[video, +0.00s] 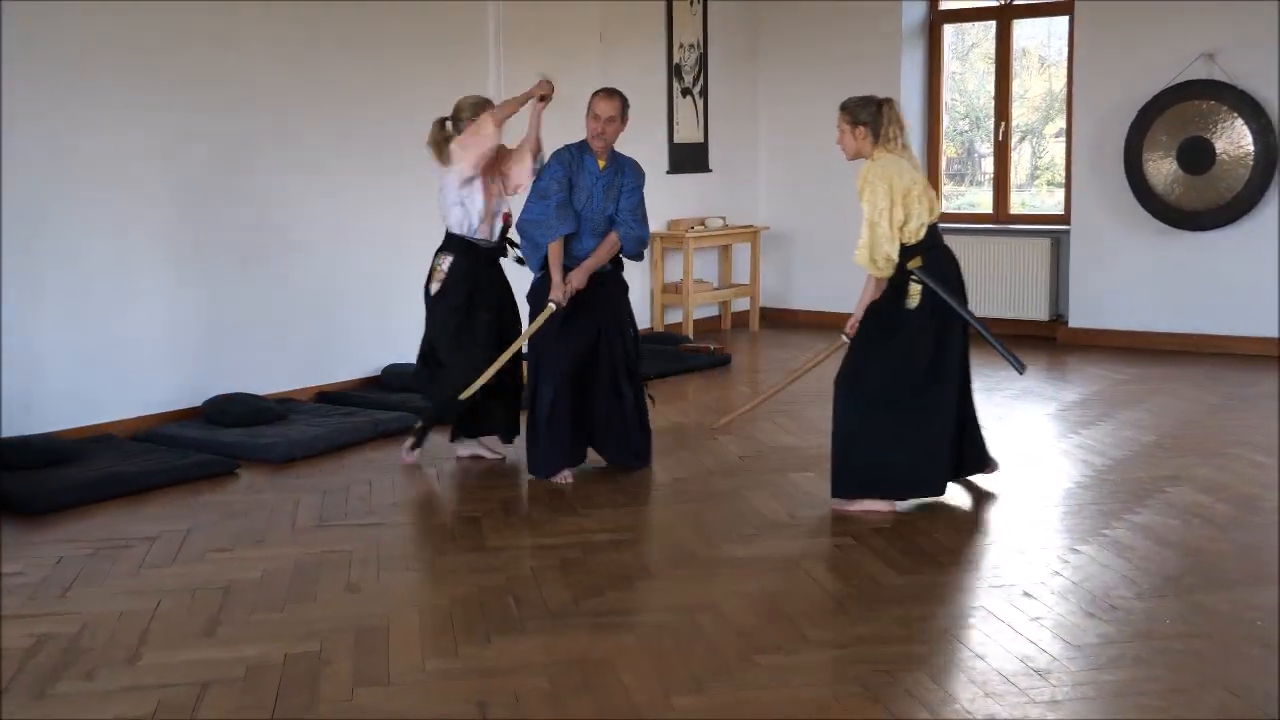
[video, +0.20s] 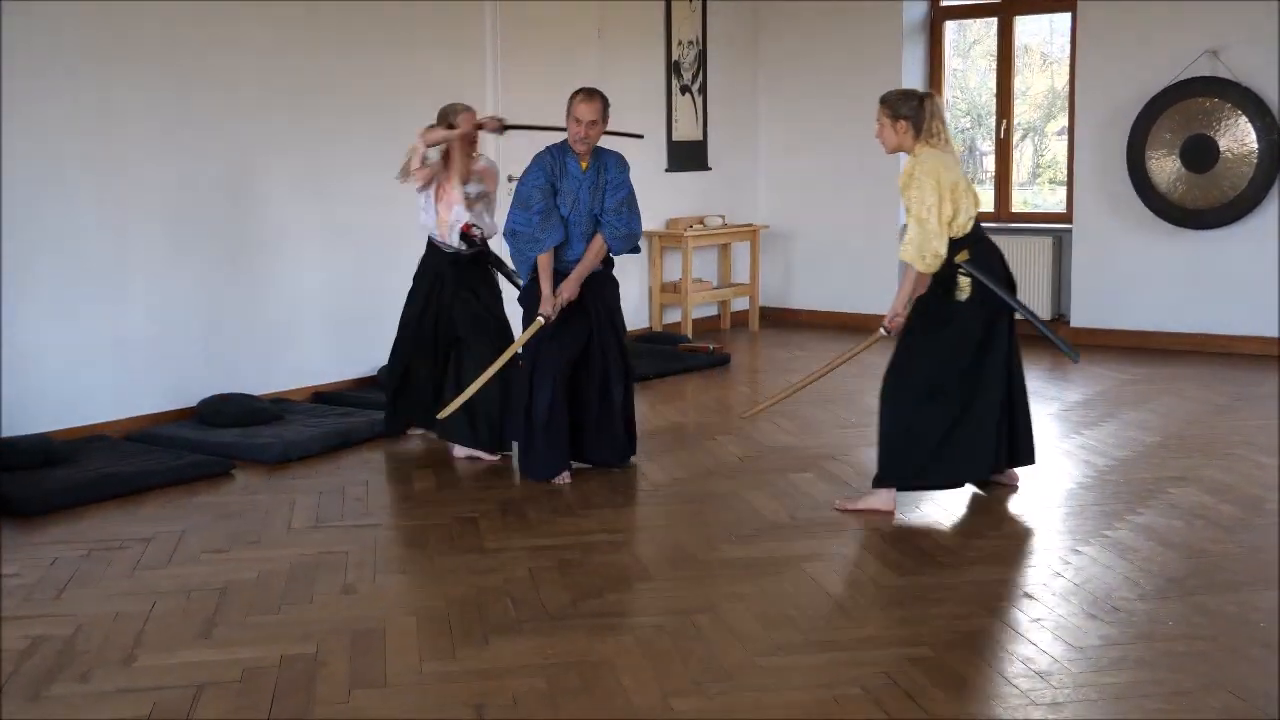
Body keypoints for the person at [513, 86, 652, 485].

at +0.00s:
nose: (600, 126)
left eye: (609, 120)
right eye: (595, 117)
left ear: (623, 125)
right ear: (585, 117)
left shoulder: (630, 171)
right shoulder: (563, 161)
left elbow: (625, 231)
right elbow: (552, 220)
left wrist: (585, 268)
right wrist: (556, 277)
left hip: (605, 278)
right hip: (558, 277)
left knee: (615, 359)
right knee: (557, 366)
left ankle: (620, 447)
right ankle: (558, 459)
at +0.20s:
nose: (583, 130)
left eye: (592, 123)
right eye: (577, 122)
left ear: (605, 125)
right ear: (566, 120)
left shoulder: (614, 166)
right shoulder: (545, 164)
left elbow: (614, 228)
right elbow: (540, 229)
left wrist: (576, 277)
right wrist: (546, 290)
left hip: (596, 277)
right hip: (548, 279)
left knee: (601, 360)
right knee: (550, 367)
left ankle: (598, 449)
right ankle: (552, 459)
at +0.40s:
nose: (571, 135)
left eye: (580, 127)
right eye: (564, 126)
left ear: (593, 128)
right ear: (555, 126)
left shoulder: (605, 167)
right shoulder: (536, 168)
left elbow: (610, 230)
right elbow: (534, 233)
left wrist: (571, 282)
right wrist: (541, 295)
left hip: (592, 279)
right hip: (545, 283)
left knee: (597, 362)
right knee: (549, 369)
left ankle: (594, 449)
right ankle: (552, 461)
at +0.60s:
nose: (566, 136)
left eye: (575, 128)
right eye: (559, 128)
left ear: (588, 130)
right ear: (549, 127)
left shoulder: (600, 167)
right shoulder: (531, 170)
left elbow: (605, 232)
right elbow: (532, 238)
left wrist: (570, 284)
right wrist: (541, 298)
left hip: (589, 281)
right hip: (541, 286)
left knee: (595, 365)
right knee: (547, 371)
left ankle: (595, 451)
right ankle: (550, 462)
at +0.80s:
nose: (563, 136)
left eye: (571, 128)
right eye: (555, 127)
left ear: (584, 129)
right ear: (546, 127)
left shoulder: (597, 167)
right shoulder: (528, 170)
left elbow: (602, 231)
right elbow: (530, 239)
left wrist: (568, 285)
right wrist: (539, 300)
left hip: (586, 280)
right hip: (538, 285)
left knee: (592, 364)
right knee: (544, 371)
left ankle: (593, 451)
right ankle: (547, 463)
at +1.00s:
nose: (562, 136)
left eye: (570, 128)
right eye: (554, 127)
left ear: (583, 129)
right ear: (545, 127)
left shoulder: (596, 168)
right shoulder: (526, 172)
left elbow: (601, 232)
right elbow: (529, 240)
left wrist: (567, 284)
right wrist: (538, 300)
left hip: (585, 280)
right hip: (537, 285)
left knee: (591, 363)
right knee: (543, 369)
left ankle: (592, 451)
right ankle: (546, 463)